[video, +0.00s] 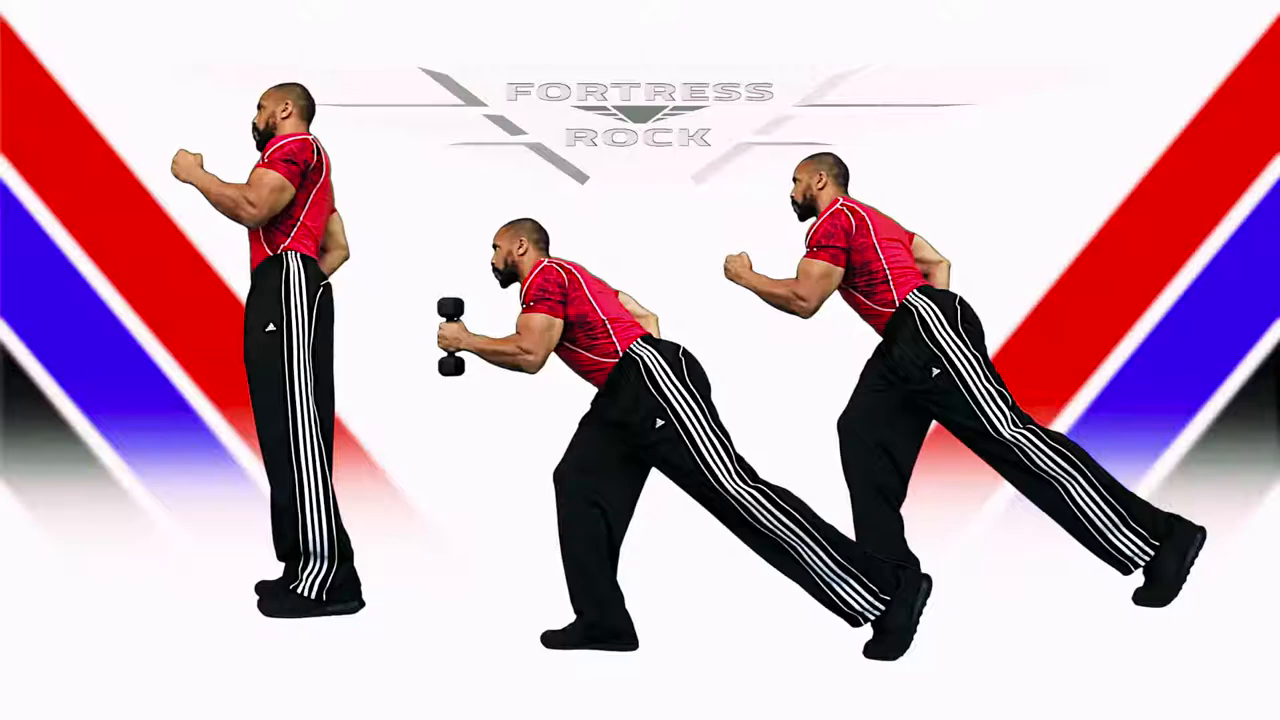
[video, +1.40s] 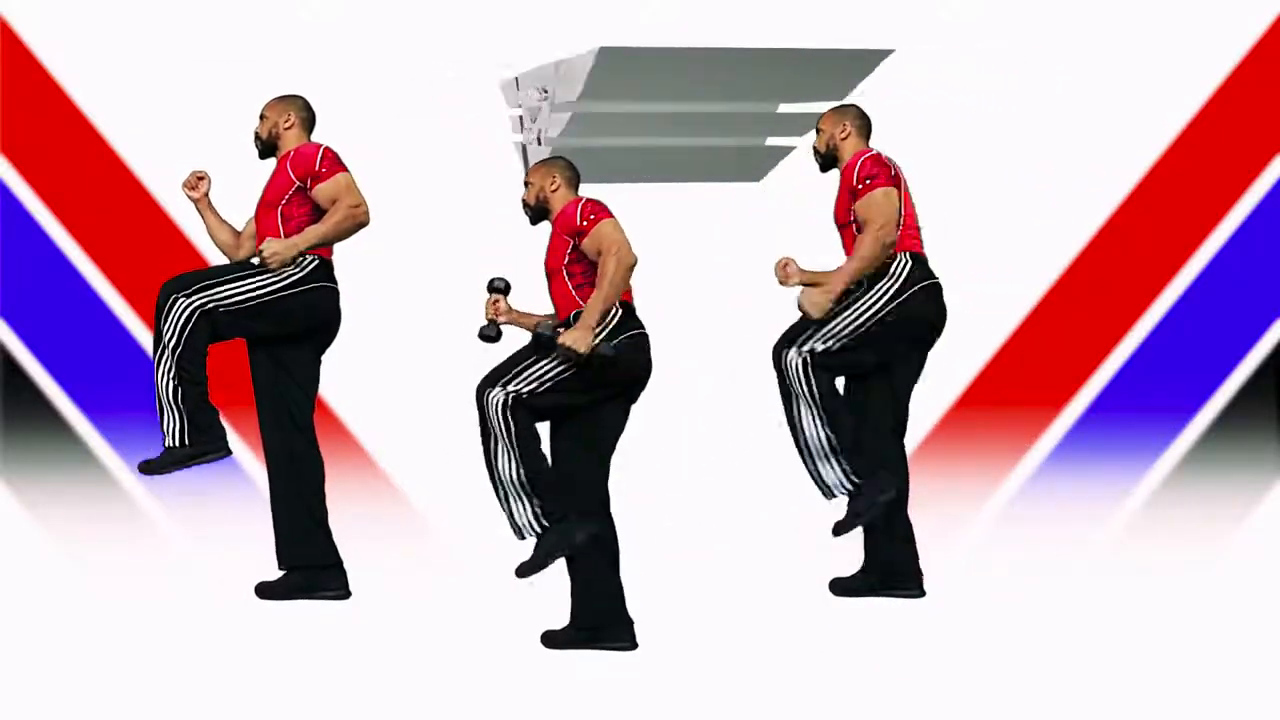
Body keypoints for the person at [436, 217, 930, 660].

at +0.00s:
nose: (494, 260)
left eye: (500, 250)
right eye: (494, 253)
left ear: (526, 244)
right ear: (529, 249)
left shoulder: (547, 274)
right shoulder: (569, 281)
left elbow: (529, 352)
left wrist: (465, 340)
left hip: (649, 375)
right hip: (623, 394)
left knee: (737, 493)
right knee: (580, 484)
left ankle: (886, 594)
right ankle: (603, 621)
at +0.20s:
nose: (495, 244)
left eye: (501, 234)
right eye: (495, 237)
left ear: (527, 230)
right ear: (530, 237)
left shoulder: (550, 258)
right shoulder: (568, 268)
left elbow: (546, 328)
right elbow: (638, 320)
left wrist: (478, 344)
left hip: (638, 368)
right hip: (611, 388)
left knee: (709, 489)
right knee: (575, 487)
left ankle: (860, 589)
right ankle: (603, 621)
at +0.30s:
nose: (499, 226)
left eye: (505, 216)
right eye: (500, 218)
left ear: (530, 214)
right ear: (533, 218)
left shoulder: (558, 243)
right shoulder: (546, 262)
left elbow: (567, 303)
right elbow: (605, 331)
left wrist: (503, 347)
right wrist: (587, 381)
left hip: (632, 355)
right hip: (605, 375)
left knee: (646, 489)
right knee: (579, 488)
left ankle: (795, 567)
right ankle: (602, 621)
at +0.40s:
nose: (509, 214)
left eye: (514, 204)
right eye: (509, 206)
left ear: (539, 201)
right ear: (542, 202)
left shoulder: (568, 228)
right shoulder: (553, 261)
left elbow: (595, 280)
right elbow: (594, 337)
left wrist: (540, 342)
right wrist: (553, 362)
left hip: (625, 344)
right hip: (611, 356)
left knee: (571, 461)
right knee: (595, 485)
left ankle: (686, 555)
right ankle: (603, 619)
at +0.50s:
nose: (518, 202)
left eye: (522, 192)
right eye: (518, 194)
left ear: (548, 189)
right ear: (548, 190)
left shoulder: (573, 215)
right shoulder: (565, 246)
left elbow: (620, 260)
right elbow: (584, 328)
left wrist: (582, 327)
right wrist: (524, 332)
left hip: (614, 340)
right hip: (621, 356)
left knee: (516, 412)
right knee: (591, 481)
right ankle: (605, 620)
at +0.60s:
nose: (525, 192)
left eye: (529, 182)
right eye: (525, 185)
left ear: (554, 179)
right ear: (558, 181)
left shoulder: (583, 206)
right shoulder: (565, 235)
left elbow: (639, 247)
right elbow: (565, 315)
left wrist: (614, 315)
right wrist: (507, 299)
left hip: (595, 334)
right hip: (610, 350)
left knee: (492, 365)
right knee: (590, 488)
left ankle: (519, 490)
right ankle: (605, 621)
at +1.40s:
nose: (523, 195)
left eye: (528, 185)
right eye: (524, 188)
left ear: (551, 182)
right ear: (558, 184)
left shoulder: (580, 208)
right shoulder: (562, 238)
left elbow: (621, 255)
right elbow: (573, 325)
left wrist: (587, 325)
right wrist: (515, 316)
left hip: (602, 344)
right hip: (609, 358)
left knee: (498, 393)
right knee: (580, 488)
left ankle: (547, 521)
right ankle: (602, 621)